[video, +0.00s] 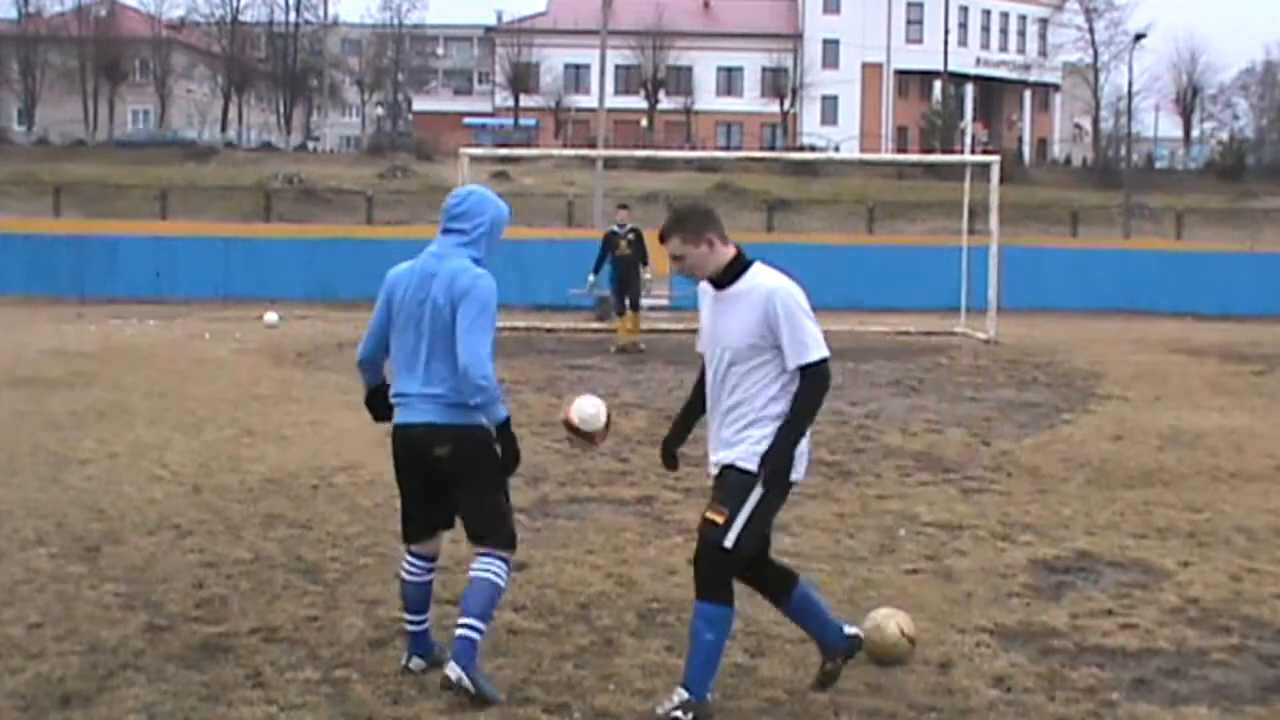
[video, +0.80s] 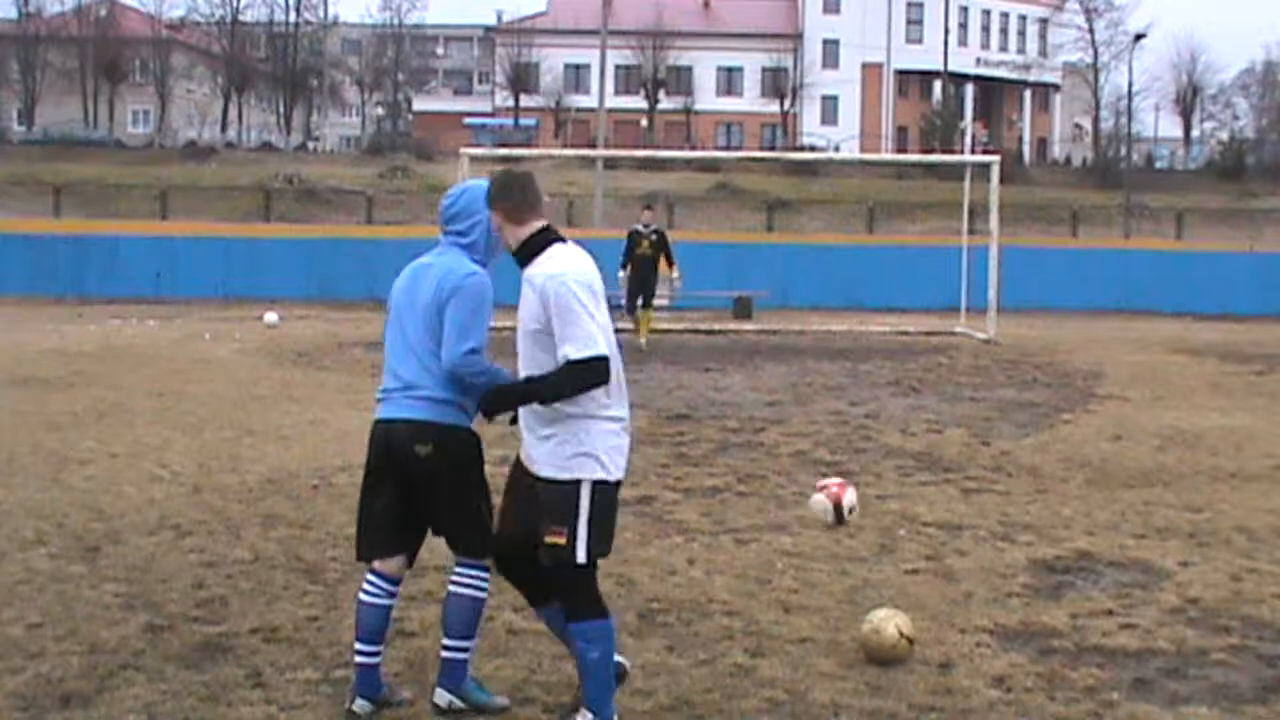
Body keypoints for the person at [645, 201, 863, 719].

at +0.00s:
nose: (680, 267)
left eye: (682, 256)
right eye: (675, 259)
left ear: (713, 242)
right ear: (702, 248)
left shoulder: (776, 292)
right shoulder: (709, 292)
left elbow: (817, 374)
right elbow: (713, 369)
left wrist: (781, 452)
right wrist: (678, 432)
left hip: (763, 456)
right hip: (729, 455)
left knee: (711, 558)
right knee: (750, 563)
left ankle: (693, 697)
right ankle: (836, 639)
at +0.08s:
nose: (657, 261)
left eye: (661, 249)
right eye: (653, 252)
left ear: (694, 234)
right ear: (687, 240)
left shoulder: (755, 284)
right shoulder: (690, 285)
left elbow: (789, 368)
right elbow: (691, 361)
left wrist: (733, 436)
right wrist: (656, 422)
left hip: (749, 450)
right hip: (705, 448)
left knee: (711, 558)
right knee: (708, 557)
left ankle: (693, 697)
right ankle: (792, 645)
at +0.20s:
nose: (631, 250)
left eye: (635, 237)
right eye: (626, 240)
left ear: (670, 222)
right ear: (658, 229)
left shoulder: (728, 273)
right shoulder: (663, 276)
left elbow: (757, 355)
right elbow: (668, 354)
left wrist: (676, 401)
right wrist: (631, 402)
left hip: (727, 444)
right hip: (678, 442)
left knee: (692, 550)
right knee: (676, 552)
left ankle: (696, 691)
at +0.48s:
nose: (568, 256)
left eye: (570, 243)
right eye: (564, 246)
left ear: (599, 226)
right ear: (597, 230)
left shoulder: (668, 278)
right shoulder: (607, 280)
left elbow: (709, 359)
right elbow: (621, 364)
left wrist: (629, 396)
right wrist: (594, 424)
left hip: (666, 448)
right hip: (629, 446)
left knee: (617, 559)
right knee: (669, 560)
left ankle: (607, 704)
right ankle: (706, 679)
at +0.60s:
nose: (537, 255)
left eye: (537, 243)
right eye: (532, 246)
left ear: (564, 227)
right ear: (564, 229)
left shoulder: (636, 279)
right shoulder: (582, 279)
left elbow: (679, 362)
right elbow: (612, 358)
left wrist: (597, 401)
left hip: (633, 451)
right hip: (599, 448)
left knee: (594, 568)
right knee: (626, 562)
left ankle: (599, 709)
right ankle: (689, 666)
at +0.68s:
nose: (522, 246)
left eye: (520, 234)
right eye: (518, 236)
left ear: (537, 225)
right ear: (551, 222)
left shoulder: (609, 277)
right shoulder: (568, 278)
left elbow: (649, 365)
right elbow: (592, 363)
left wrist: (566, 399)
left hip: (613, 454)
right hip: (576, 451)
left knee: (587, 568)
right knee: (574, 566)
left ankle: (599, 710)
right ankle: (664, 654)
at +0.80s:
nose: (494, 230)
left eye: (493, 220)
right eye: (496, 220)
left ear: (501, 220)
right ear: (541, 208)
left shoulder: (562, 274)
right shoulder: (547, 268)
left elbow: (592, 368)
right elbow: (565, 364)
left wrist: (510, 393)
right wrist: (514, 400)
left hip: (581, 454)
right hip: (543, 449)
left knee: (573, 576)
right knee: (512, 552)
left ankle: (598, 709)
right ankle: (597, 658)